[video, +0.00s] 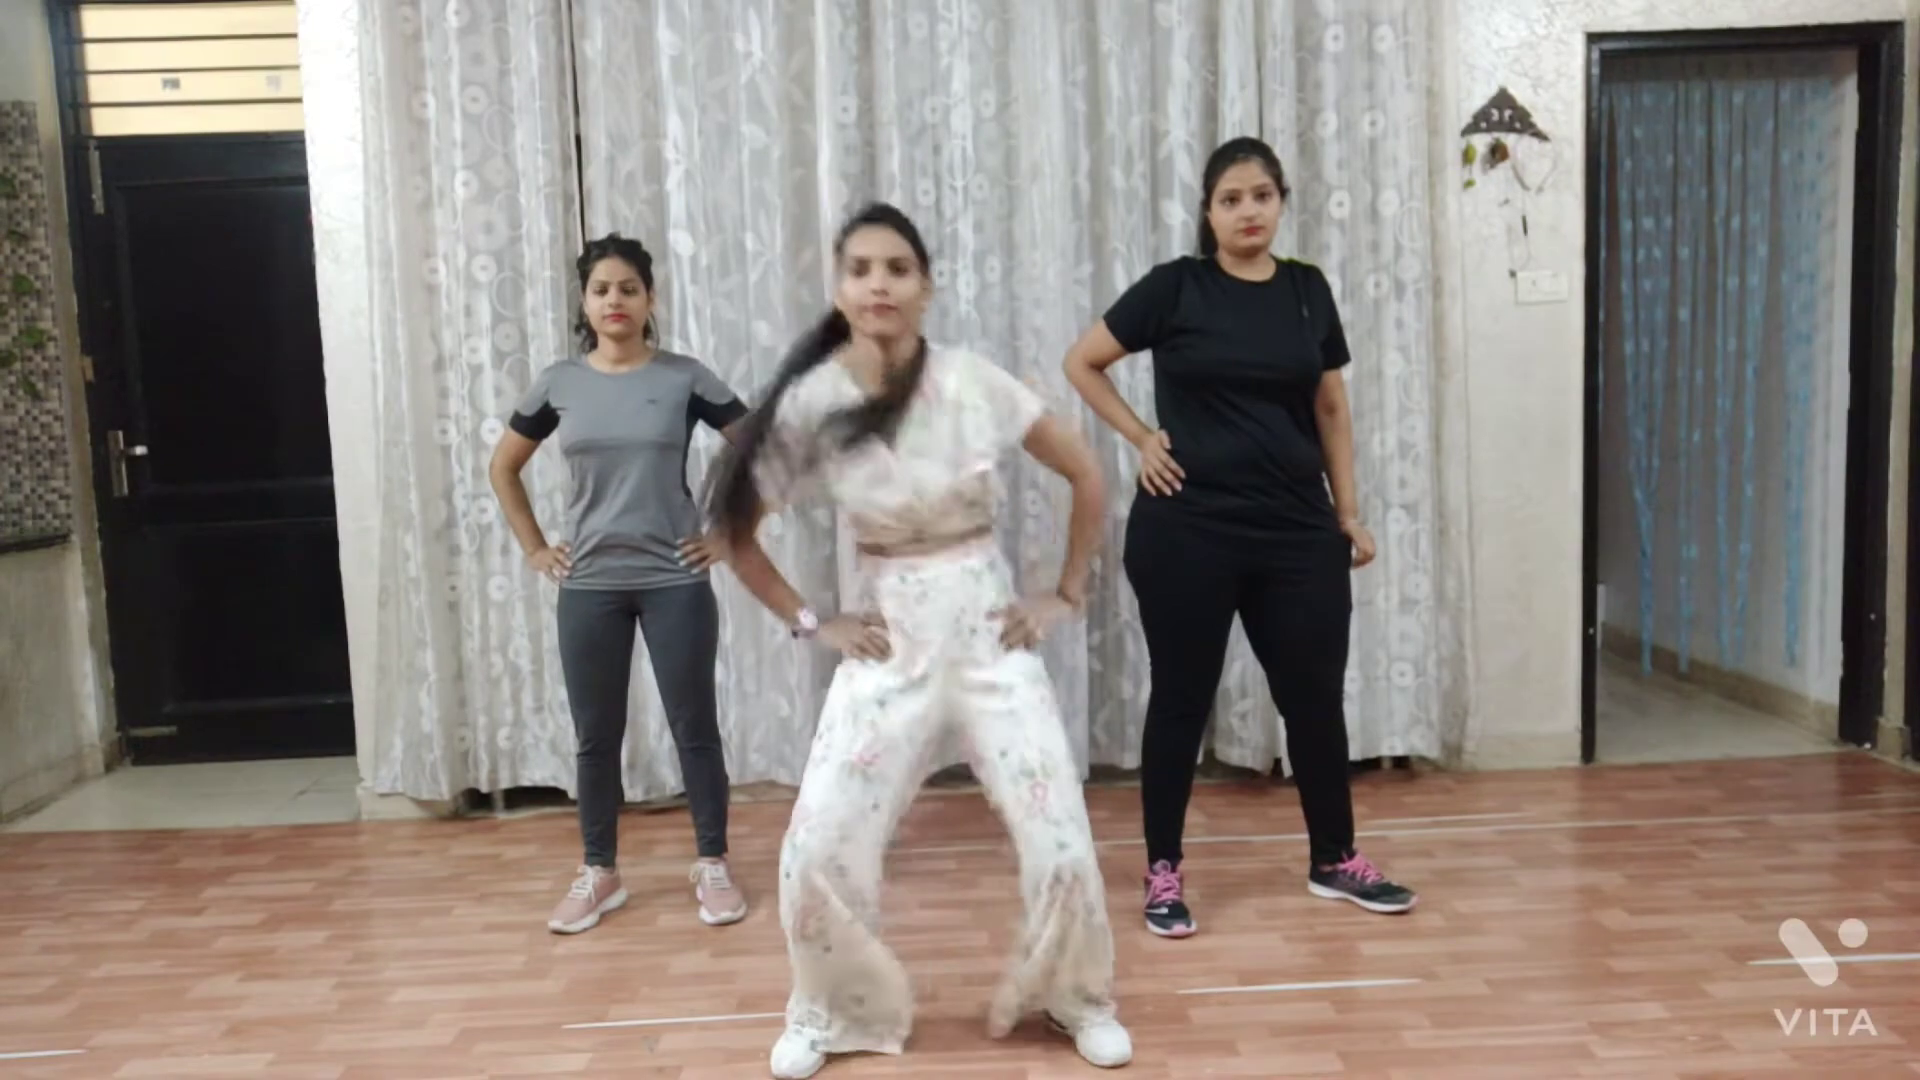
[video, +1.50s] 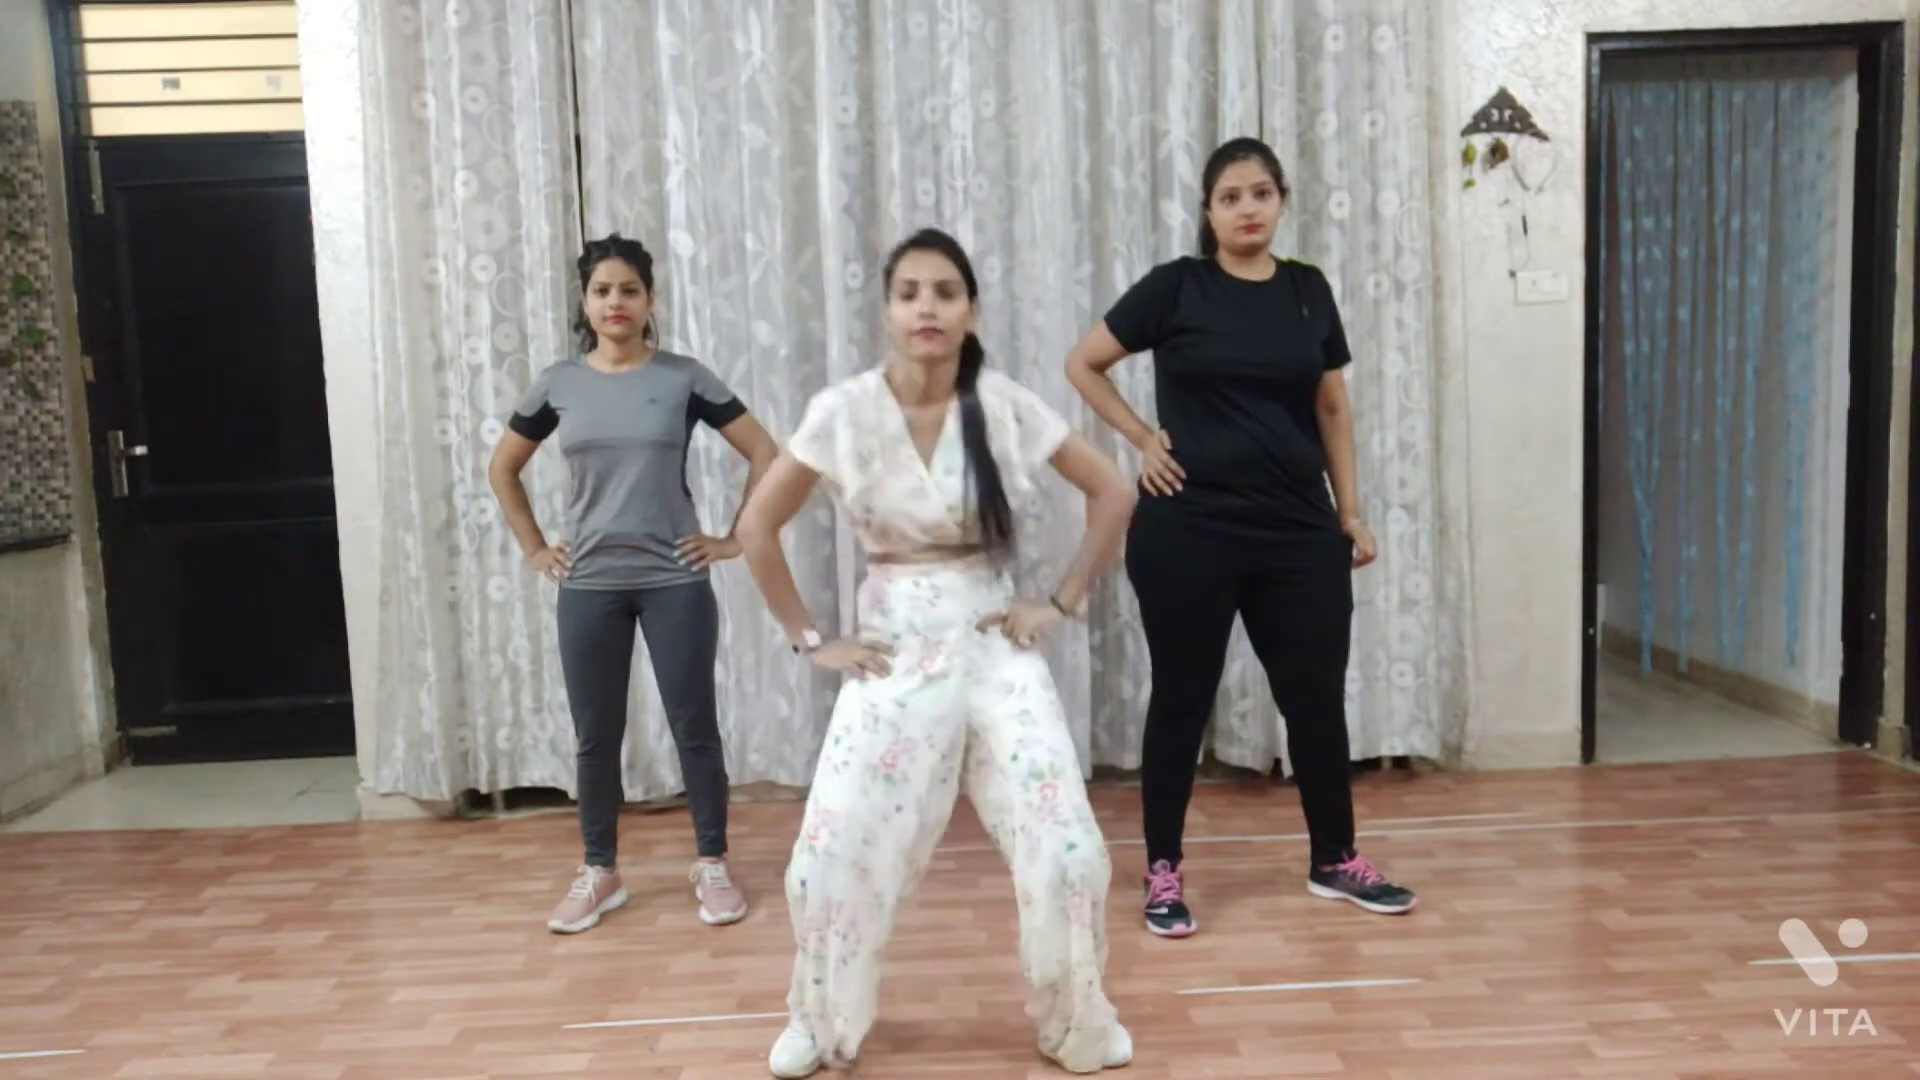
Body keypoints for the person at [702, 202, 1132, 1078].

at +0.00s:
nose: (878, 286)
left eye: (896, 269)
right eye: (860, 269)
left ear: (926, 284)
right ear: (836, 287)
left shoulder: (978, 385)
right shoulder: (808, 404)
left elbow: (1089, 476)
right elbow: (729, 530)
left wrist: (1066, 595)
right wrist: (812, 623)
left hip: (993, 638)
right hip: (882, 648)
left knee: (1062, 844)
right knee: (816, 845)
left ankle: (1082, 1001)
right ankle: (823, 1010)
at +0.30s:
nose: (990, 248)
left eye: (1007, 230)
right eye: (971, 233)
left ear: (1035, 241)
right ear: (948, 249)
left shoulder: (1071, 341)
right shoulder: (908, 349)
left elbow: (1141, 439)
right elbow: (802, 435)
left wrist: (1083, 550)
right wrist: (811, 555)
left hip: (999, 600)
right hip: (898, 591)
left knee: (1042, 804)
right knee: (848, 793)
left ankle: (1083, 1001)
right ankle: (815, 1009)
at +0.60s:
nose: (947, 265)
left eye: (965, 250)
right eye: (930, 249)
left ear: (991, 267)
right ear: (904, 267)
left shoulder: (1026, 374)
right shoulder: (860, 376)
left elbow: (1139, 462)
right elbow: (776, 489)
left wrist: (1076, 575)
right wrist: (829, 606)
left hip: (1011, 624)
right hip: (897, 628)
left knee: (1065, 820)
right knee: (853, 824)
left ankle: (1082, 1008)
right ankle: (823, 1032)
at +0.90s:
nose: (920, 219)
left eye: (937, 202)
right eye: (902, 202)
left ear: (963, 217)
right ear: (877, 217)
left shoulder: (1002, 330)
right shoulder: (839, 332)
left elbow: (1105, 417)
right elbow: (755, 444)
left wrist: (1059, 522)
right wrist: (802, 557)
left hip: (988, 571)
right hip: (881, 575)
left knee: (1031, 783)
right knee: (844, 789)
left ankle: (1082, 996)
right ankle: (820, 1009)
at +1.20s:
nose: (923, 235)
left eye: (941, 219)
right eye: (906, 220)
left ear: (968, 235)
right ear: (882, 237)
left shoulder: (1008, 332)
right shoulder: (842, 341)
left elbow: (1116, 417)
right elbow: (754, 456)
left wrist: (1056, 530)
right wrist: (809, 576)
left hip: (992, 587)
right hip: (886, 590)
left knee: (1039, 781)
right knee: (844, 793)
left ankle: (1077, 989)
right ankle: (815, 1003)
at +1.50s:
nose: (926, 310)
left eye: (944, 294)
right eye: (909, 294)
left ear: (971, 311)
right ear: (885, 311)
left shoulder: (1004, 405)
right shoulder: (843, 412)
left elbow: (1114, 492)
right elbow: (755, 529)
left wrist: (1063, 602)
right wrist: (812, 640)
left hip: (999, 647)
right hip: (888, 655)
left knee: (1068, 849)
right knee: (829, 854)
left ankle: (1076, 1021)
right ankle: (819, 1022)